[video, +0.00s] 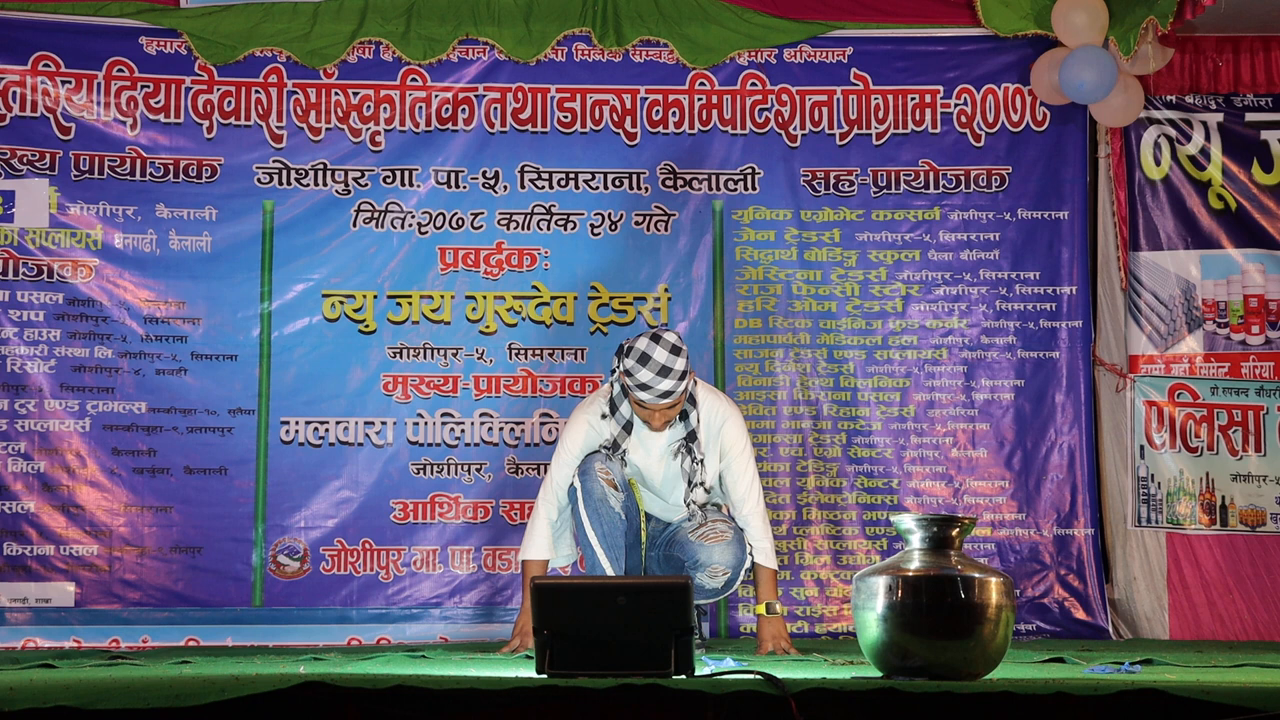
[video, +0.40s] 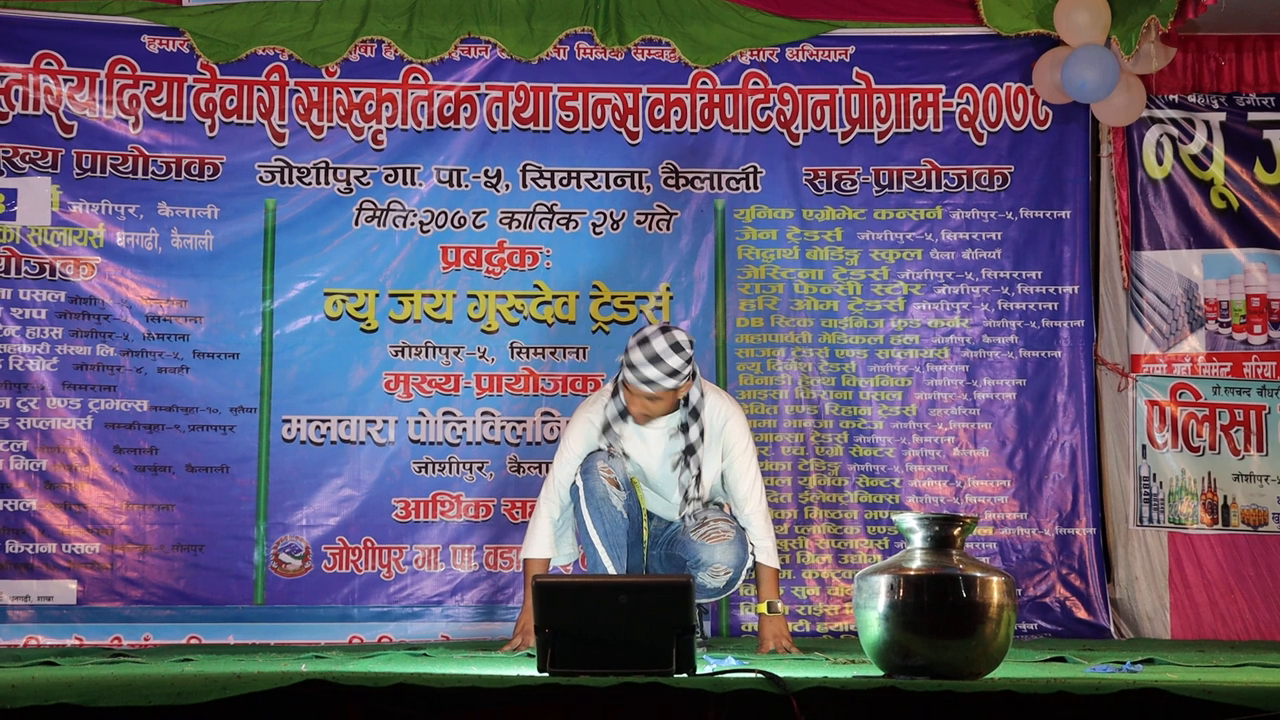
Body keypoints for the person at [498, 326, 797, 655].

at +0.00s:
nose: (657, 418)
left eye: (669, 407)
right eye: (645, 407)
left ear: (685, 388)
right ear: (626, 390)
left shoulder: (720, 415)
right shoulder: (593, 415)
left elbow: (752, 511)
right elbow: (549, 503)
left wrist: (769, 611)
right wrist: (530, 605)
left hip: (683, 542)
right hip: (621, 538)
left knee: (723, 549)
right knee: (596, 468)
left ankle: (685, 612)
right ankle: (616, 609)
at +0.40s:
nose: (634, 406)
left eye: (649, 399)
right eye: (628, 391)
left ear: (682, 388)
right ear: (623, 375)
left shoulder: (723, 416)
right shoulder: (597, 412)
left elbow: (755, 510)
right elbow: (551, 501)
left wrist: (770, 610)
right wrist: (530, 605)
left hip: (684, 544)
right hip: (623, 537)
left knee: (722, 543)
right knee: (598, 466)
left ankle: (684, 616)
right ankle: (618, 612)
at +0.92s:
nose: (616, 377)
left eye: (632, 369)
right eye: (617, 362)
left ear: (671, 376)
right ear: (615, 356)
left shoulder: (725, 414)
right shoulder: (597, 412)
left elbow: (757, 508)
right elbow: (553, 503)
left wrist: (773, 609)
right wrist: (533, 603)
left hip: (690, 538)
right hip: (628, 531)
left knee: (727, 550)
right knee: (602, 463)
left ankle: (690, 612)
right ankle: (618, 607)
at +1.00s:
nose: (617, 376)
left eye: (632, 369)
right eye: (618, 362)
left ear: (672, 376)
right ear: (616, 356)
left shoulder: (725, 414)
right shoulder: (598, 411)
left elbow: (758, 508)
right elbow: (554, 502)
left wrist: (774, 609)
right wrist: (533, 604)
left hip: (691, 538)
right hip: (628, 531)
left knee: (727, 551)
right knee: (602, 463)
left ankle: (689, 612)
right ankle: (618, 608)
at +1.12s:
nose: (617, 376)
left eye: (633, 368)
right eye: (618, 361)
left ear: (672, 376)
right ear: (617, 356)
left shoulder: (725, 414)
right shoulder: (598, 411)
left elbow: (758, 508)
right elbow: (554, 502)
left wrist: (774, 609)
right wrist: (534, 603)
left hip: (690, 540)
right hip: (627, 532)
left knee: (727, 549)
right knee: (602, 463)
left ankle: (690, 610)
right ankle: (618, 607)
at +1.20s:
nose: (617, 376)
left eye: (633, 368)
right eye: (618, 361)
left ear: (672, 375)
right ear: (617, 356)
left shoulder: (726, 414)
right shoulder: (598, 411)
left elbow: (758, 508)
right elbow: (554, 502)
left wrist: (774, 609)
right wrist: (534, 603)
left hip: (690, 538)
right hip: (628, 531)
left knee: (728, 550)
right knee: (602, 463)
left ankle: (690, 610)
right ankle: (619, 606)